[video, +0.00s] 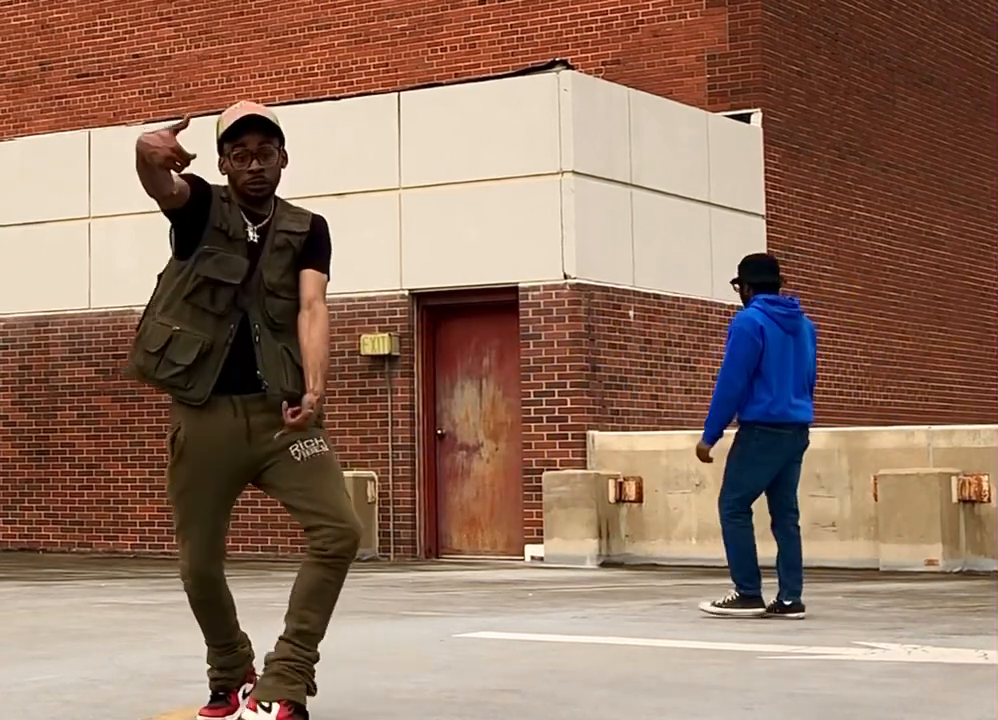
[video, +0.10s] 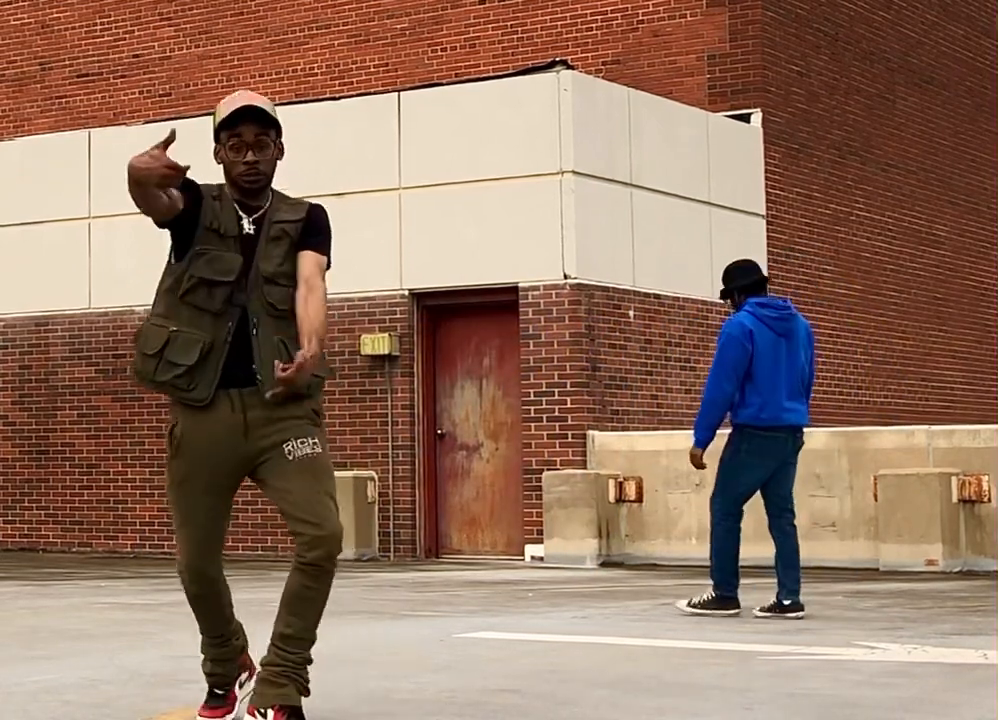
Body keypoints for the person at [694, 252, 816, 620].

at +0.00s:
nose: (739, 292)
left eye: (740, 286)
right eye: (739, 286)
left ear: (748, 287)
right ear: (776, 285)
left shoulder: (747, 322)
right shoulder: (803, 323)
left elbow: (731, 383)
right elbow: (808, 377)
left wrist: (709, 436)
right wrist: (792, 414)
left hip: (761, 430)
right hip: (796, 431)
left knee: (733, 506)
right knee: (785, 514)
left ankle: (747, 593)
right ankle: (790, 598)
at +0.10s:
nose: (729, 303)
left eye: (729, 296)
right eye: (728, 296)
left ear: (737, 294)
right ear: (763, 288)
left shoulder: (739, 326)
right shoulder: (799, 323)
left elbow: (721, 387)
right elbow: (806, 379)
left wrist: (700, 441)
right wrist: (791, 418)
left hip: (754, 433)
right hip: (789, 434)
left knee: (724, 505)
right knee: (782, 514)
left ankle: (724, 593)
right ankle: (789, 597)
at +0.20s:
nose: (715, 307)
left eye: (715, 300)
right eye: (714, 300)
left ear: (722, 298)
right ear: (749, 292)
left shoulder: (724, 331)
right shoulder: (787, 327)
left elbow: (714, 392)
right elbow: (794, 383)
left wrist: (700, 447)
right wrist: (783, 423)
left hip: (742, 437)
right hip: (780, 436)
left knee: (720, 516)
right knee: (779, 518)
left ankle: (709, 591)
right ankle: (788, 597)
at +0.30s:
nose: (703, 303)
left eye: (703, 297)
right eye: (703, 297)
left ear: (709, 298)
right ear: (739, 294)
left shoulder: (710, 332)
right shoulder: (774, 327)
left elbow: (707, 395)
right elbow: (783, 384)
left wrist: (705, 450)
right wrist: (778, 427)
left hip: (732, 438)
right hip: (770, 435)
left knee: (719, 520)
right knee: (774, 516)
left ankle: (714, 592)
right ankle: (787, 594)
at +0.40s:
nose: (688, 299)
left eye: (688, 294)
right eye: (689, 293)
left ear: (694, 296)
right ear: (725, 292)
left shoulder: (693, 336)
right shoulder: (759, 326)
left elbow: (694, 398)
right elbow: (770, 384)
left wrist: (701, 451)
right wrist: (767, 425)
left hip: (720, 437)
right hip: (759, 433)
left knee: (711, 522)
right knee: (765, 514)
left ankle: (711, 593)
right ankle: (785, 588)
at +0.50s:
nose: (672, 303)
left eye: (672, 298)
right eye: (673, 298)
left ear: (677, 299)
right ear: (709, 293)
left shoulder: (681, 336)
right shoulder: (747, 325)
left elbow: (680, 398)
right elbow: (757, 380)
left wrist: (687, 451)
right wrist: (753, 423)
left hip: (706, 436)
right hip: (744, 433)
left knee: (702, 517)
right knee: (748, 508)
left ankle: (710, 593)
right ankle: (776, 574)